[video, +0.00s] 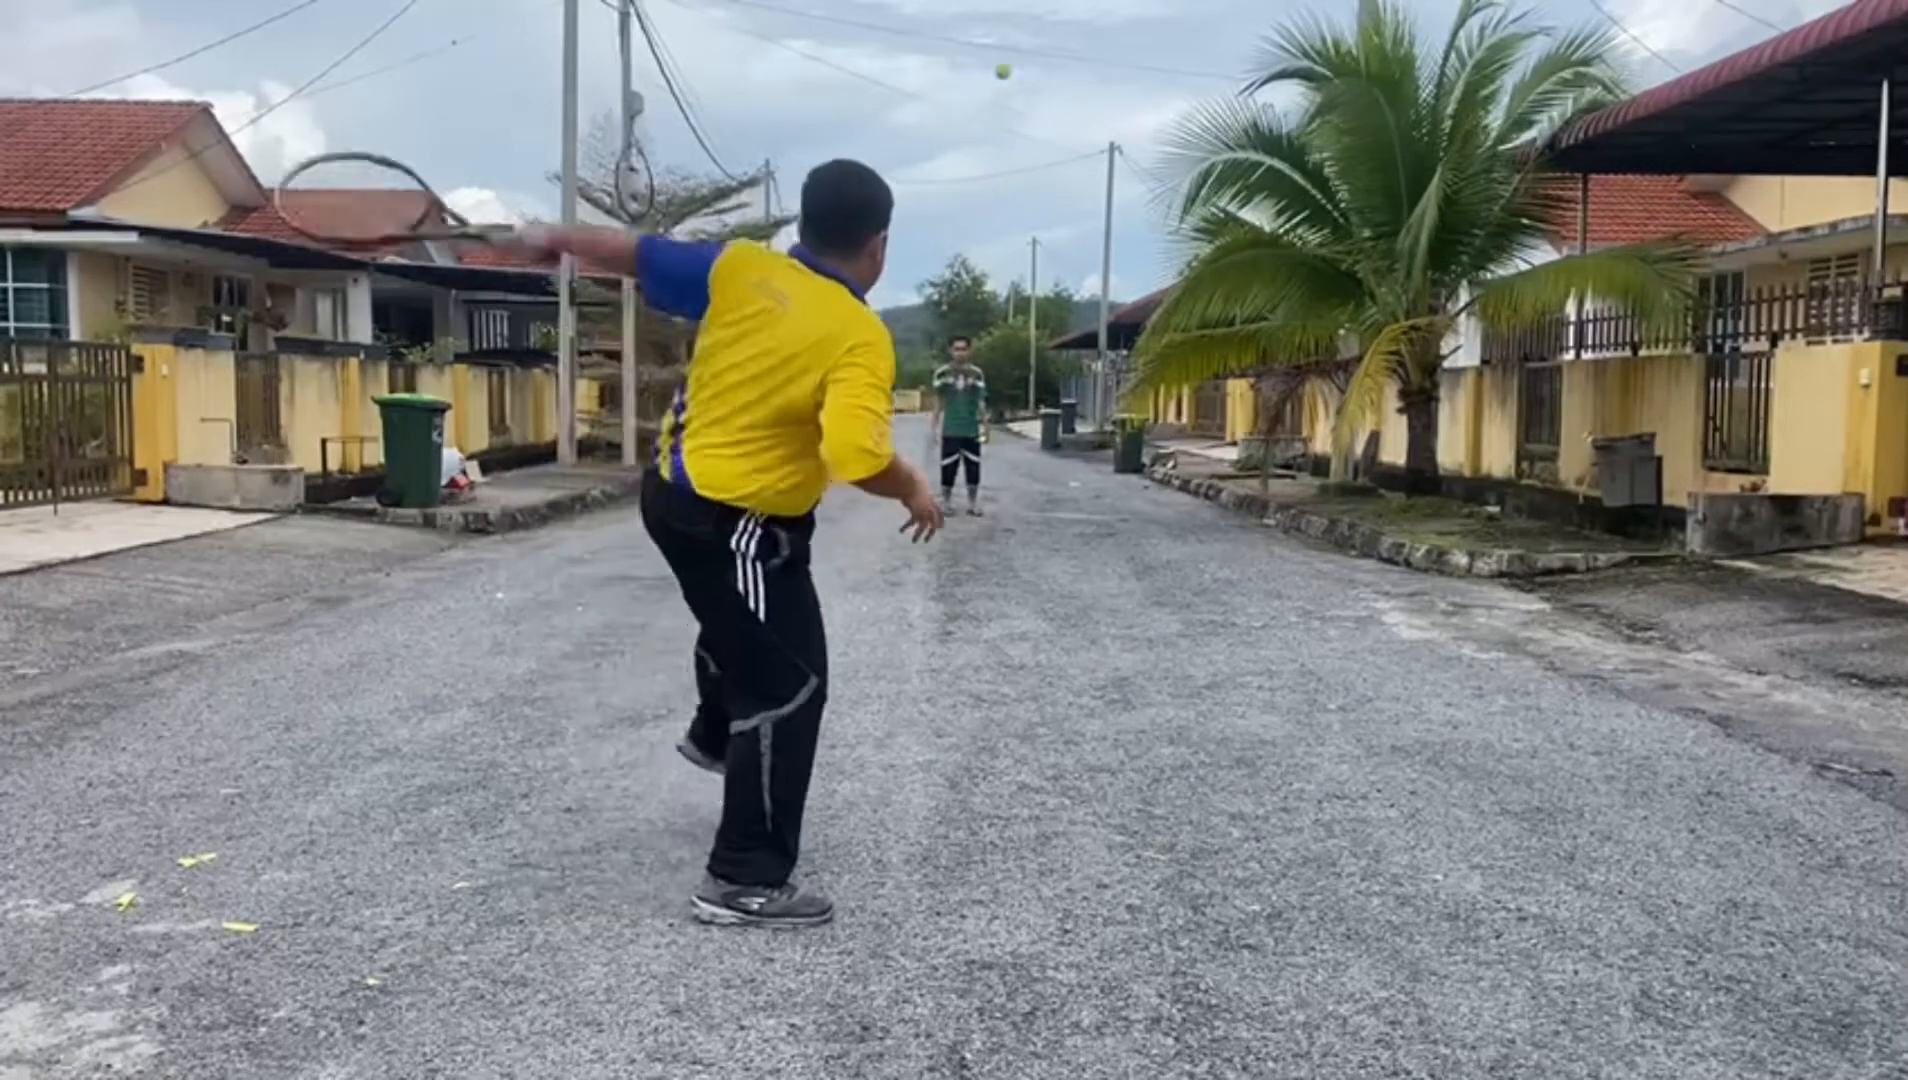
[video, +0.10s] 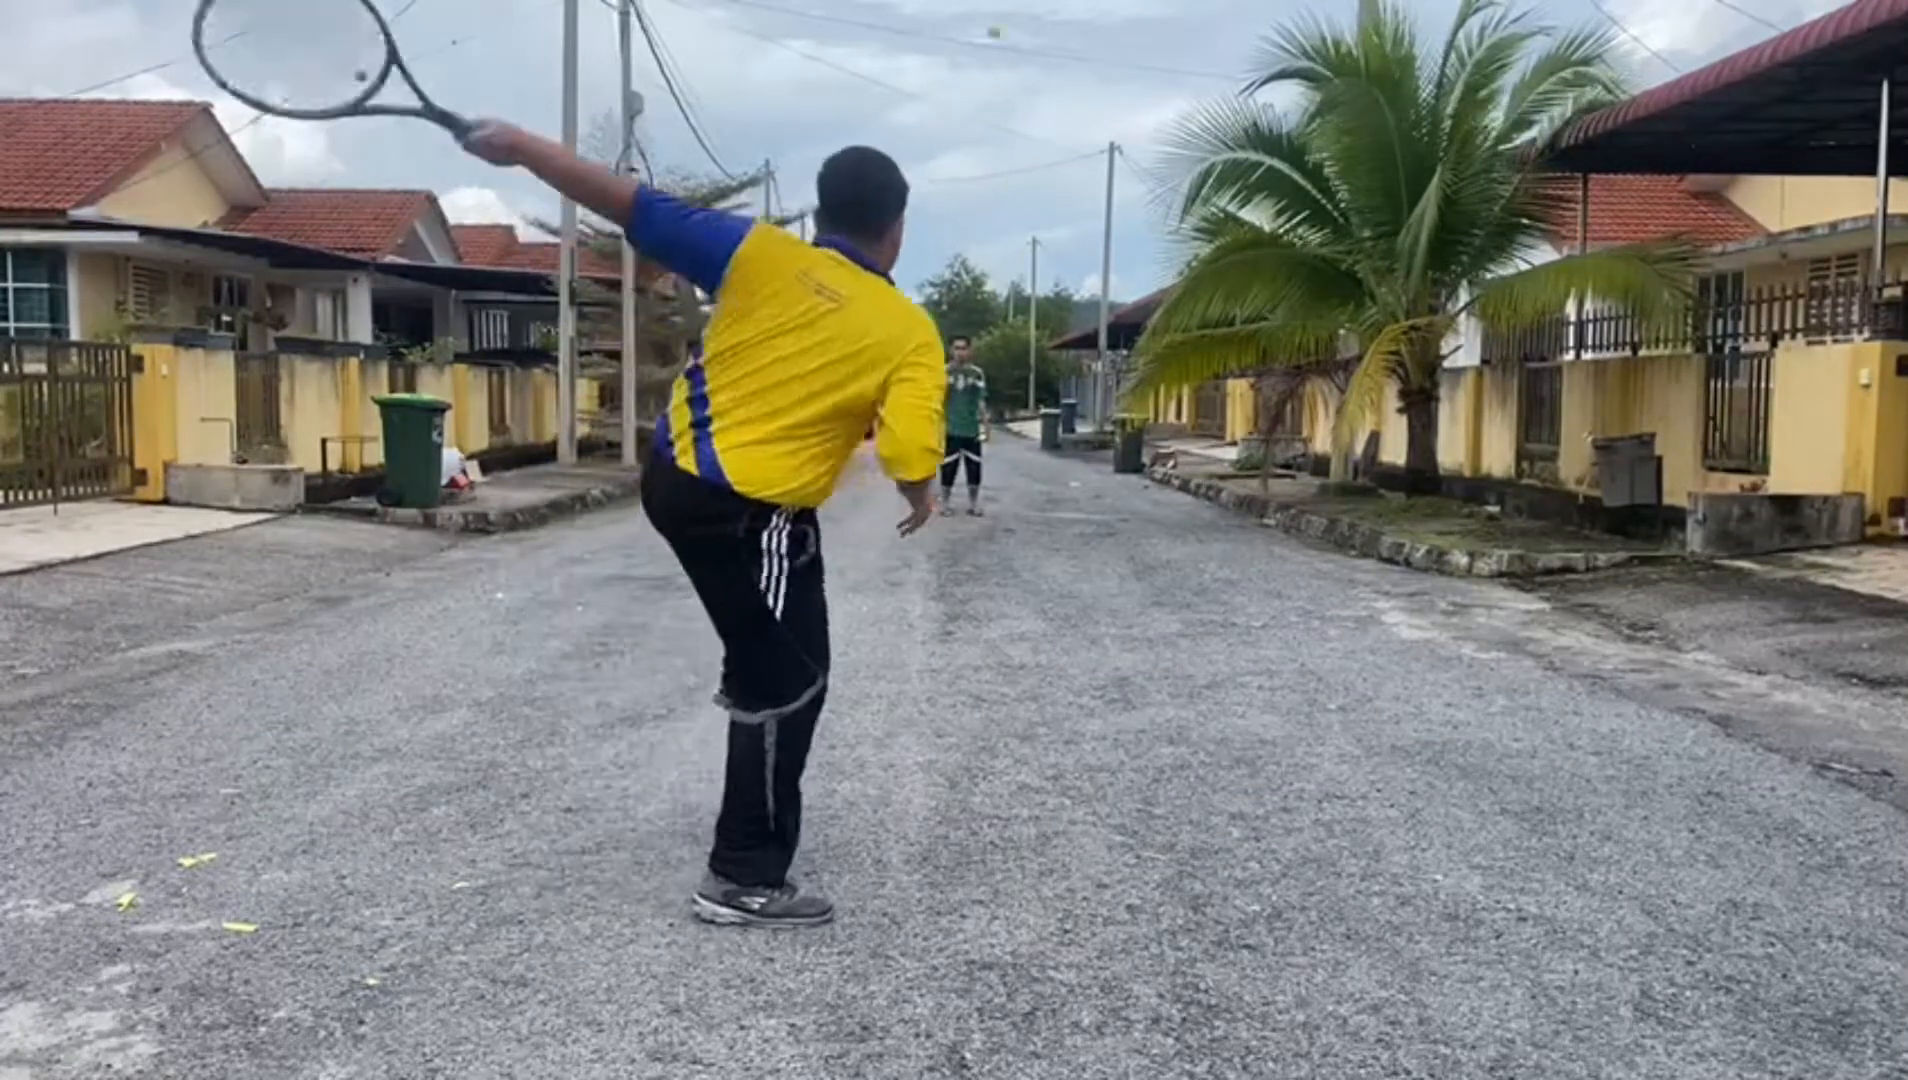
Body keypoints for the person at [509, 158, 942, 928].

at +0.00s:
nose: (886, 252)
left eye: (884, 238)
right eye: (886, 239)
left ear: (805, 228)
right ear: (875, 242)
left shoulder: (739, 266)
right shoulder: (858, 333)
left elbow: (634, 252)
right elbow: (856, 456)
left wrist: (555, 236)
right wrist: (913, 484)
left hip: (675, 496)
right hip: (749, 526)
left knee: (735, 617)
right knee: (785, 687)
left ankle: (715, 730)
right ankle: (747, 875)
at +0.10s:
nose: (903, 230)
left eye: (897, 214)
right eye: (903, 216)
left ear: (822, 213)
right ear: (894, 226)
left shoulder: (758, 249)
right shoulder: (909, 332)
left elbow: (634, 202)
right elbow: (908, 446)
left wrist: (525, 146)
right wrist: (922, 491)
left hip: (672, 481)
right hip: (754, 512)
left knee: (763, 647)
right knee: (787, 680)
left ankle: (744, 849)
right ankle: (747, 878)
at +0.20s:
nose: (909, 211)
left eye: (894, 196)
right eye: (910, 199)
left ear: (828, 197)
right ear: (902, 207)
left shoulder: (778, 238)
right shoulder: (928, 322)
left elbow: (673, 163)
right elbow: (936, 442)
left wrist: (578, 73)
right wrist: (908, 476)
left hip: (670, 467)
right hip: (759, 510)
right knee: (778, 681)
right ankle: (743, 874)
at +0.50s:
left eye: (868, 165)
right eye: (933, 170)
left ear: (858, 173)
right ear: (936, 184)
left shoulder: (824, 222)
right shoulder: (966, 306)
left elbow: (776, 112)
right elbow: (937, 433)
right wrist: (877, 374)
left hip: (728, 467)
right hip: (832, 509)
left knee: (689, 575)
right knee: (790, 694)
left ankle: (637, 694)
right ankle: (743, 872)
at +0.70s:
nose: (877, 184)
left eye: (880, 173)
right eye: (951, 174)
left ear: (879, 180)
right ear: (965, 189)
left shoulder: (840, 225)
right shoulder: (998, 307)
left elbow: (768, 114)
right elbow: (977, 438)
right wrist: (919, 375)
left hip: (766, 489)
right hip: (879, 525)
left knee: (713, 661)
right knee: (820, 707)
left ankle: (721, 811)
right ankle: (761, 873)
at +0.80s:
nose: (894, 182)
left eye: (894, 170)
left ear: (890, 179)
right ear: (975, 192)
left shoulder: (845, 228)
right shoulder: (1008, 308)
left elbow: (775, 121)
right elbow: (1002, 442)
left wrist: (777, 17)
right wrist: (942, 399)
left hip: (794, 504)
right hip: (910, 528)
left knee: (763, 692)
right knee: (880, 694)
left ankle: (804, 879)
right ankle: (779, 845)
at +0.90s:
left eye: (894, 193)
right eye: (982, 200)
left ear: (895, 199)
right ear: (980, 211)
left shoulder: (851, 255)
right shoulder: (1015, 320)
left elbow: (784, 175)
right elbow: (1021, 459)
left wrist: (804, 103)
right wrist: (943, 432)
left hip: (827, 537)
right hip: (946, 551)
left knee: (820, 735)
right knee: (967, 692)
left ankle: (832, 934)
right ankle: (876, 829)